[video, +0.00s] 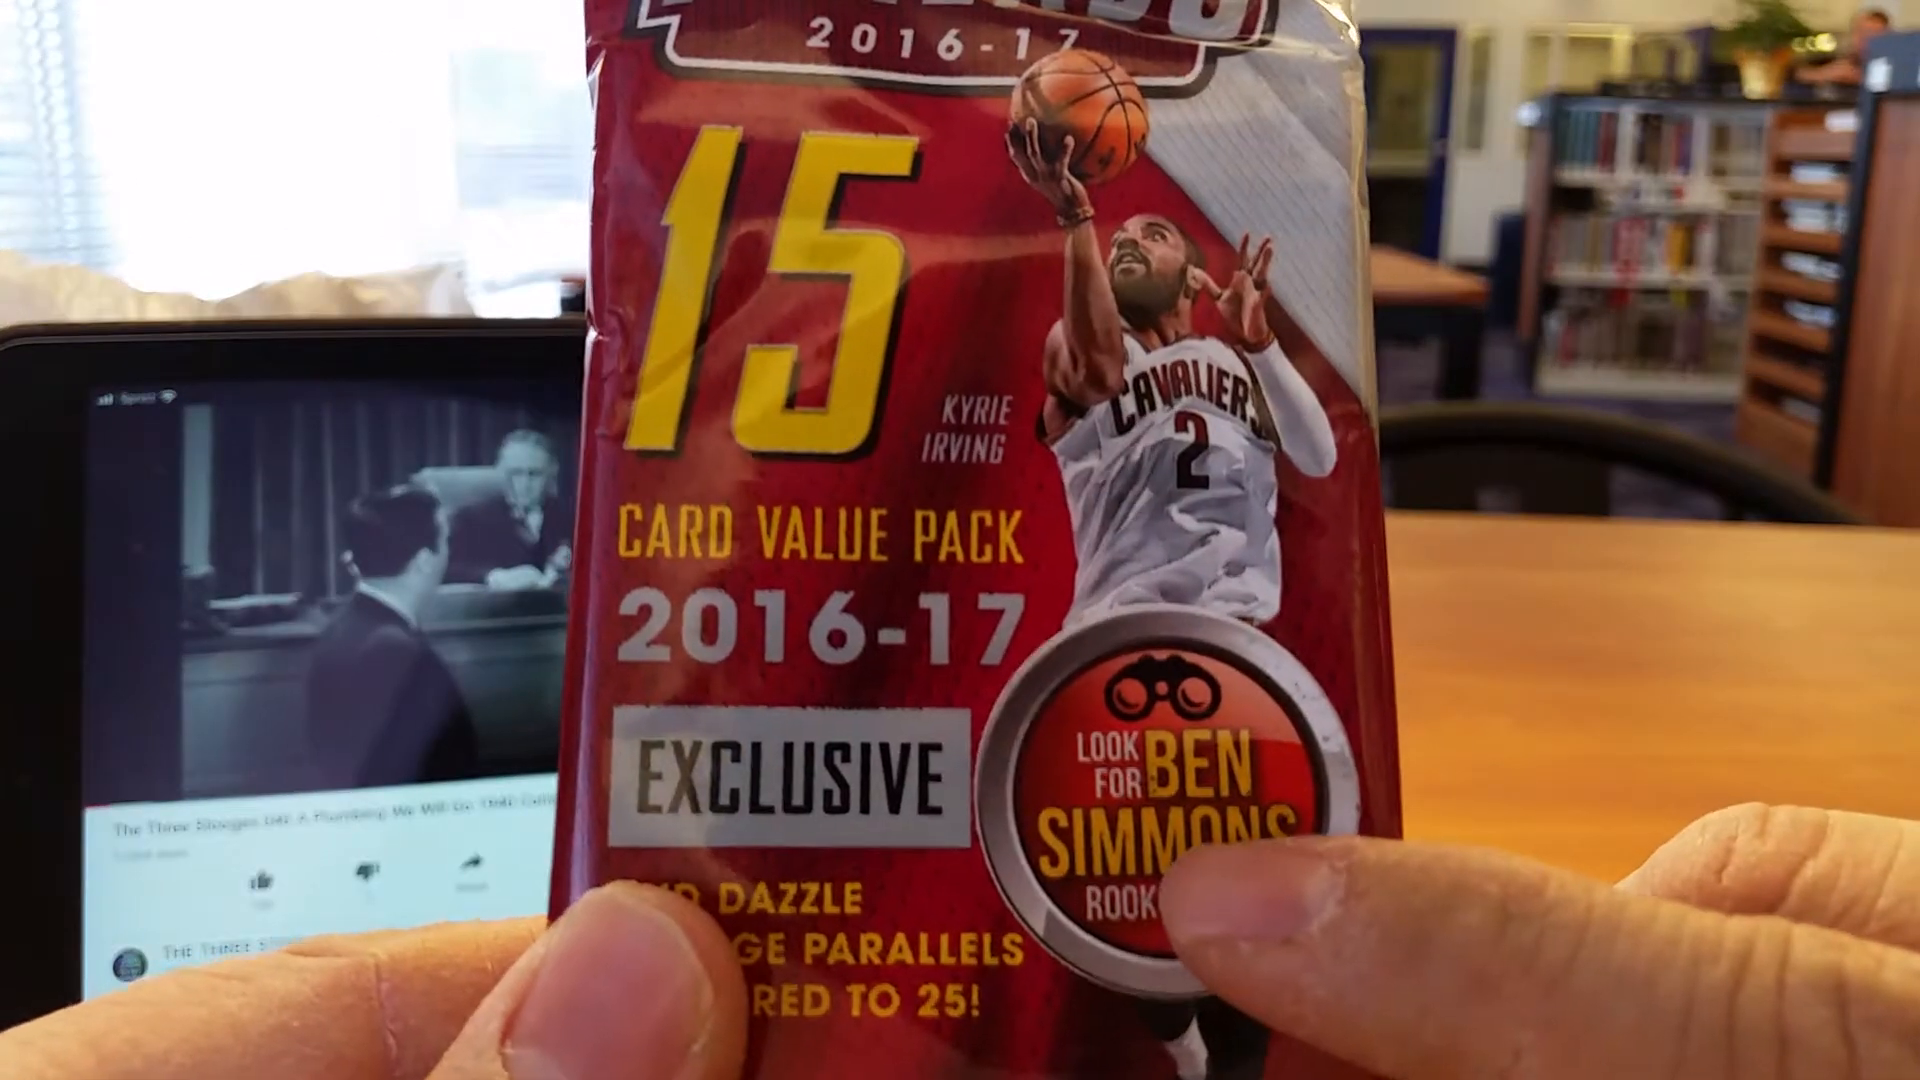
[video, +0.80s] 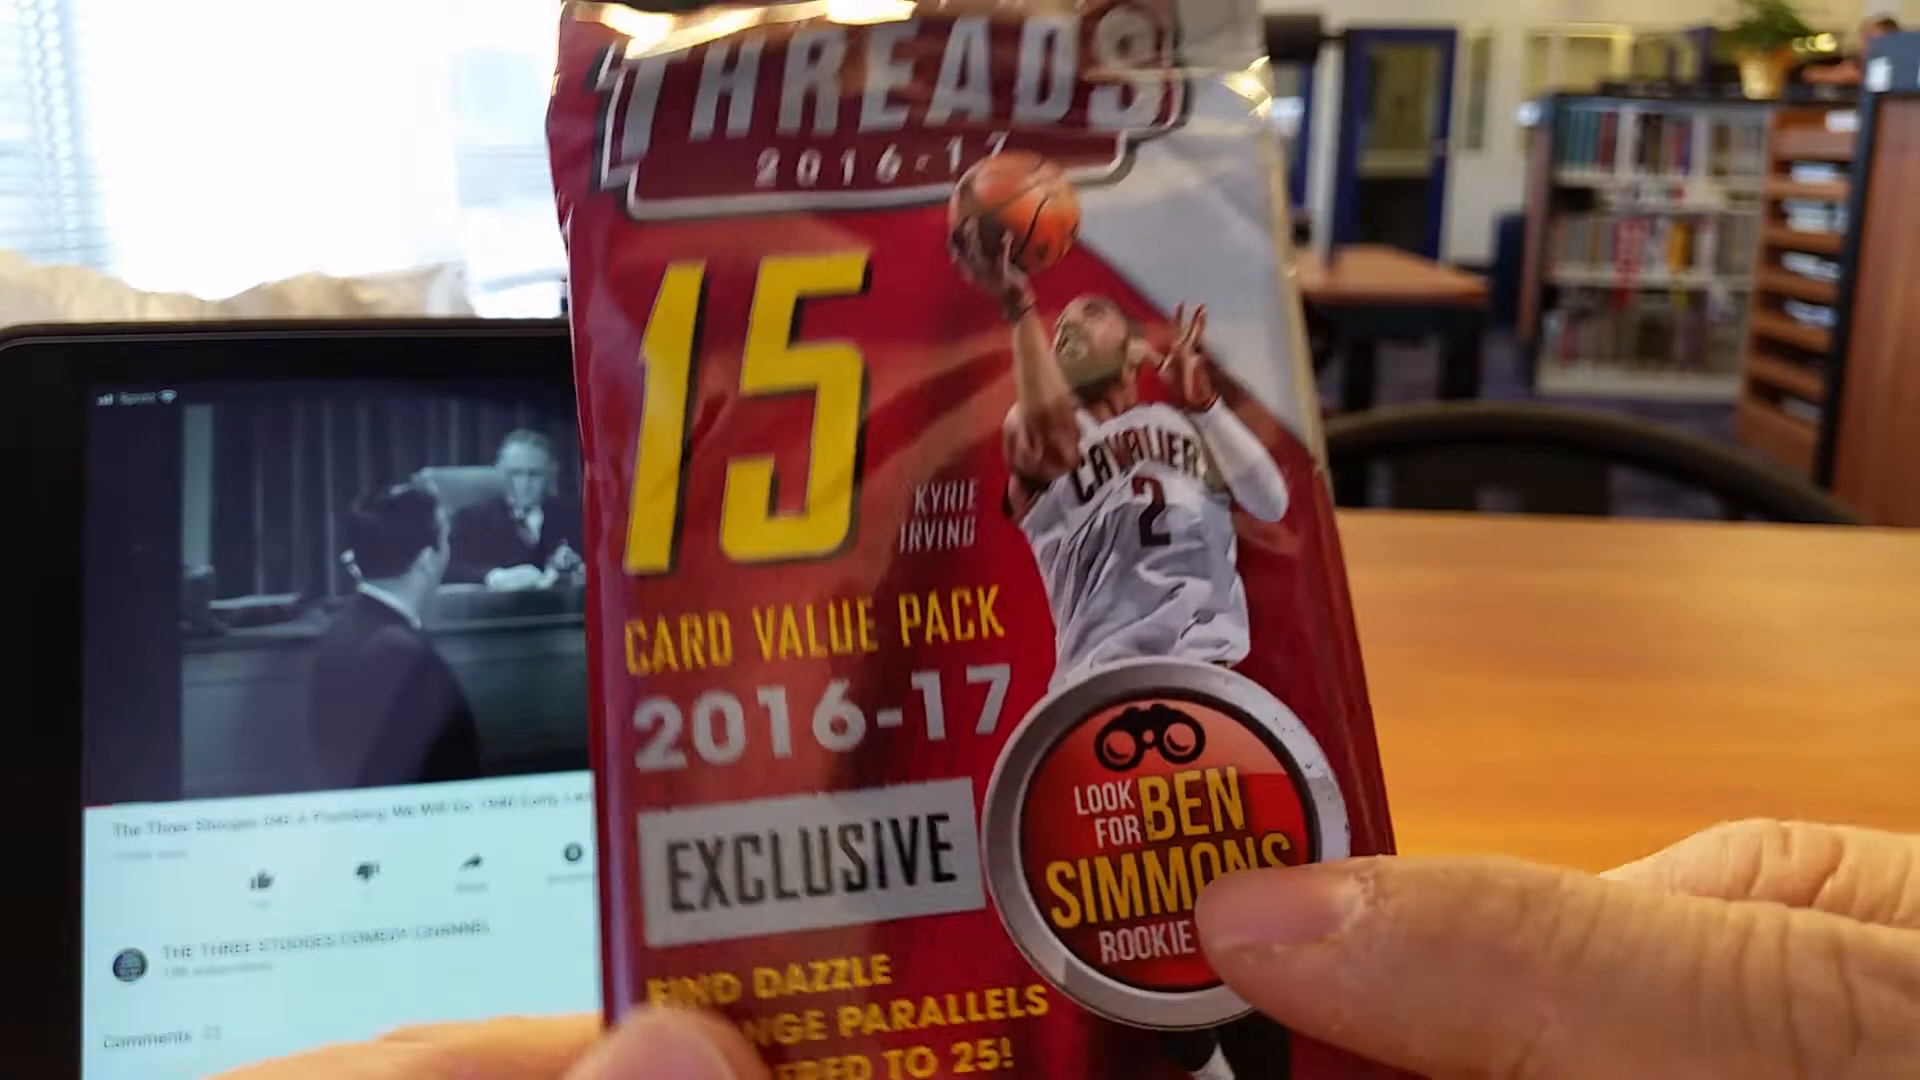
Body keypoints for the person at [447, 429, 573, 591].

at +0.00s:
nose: (524, 483)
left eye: (533, 473)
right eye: (516, 473)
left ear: (551, 473)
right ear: (500, 473)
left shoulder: (568, 518)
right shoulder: (471, 521)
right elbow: (452, 573)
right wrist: (492, 577)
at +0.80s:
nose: (524, 484)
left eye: (534, 474)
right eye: (515, 473)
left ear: (551, 473)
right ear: (499, 472)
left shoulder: (571, 519)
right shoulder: (473, 521)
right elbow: (450, 571)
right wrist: (491, 576)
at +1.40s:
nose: (523, 484)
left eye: (533, 474)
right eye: (514, 474)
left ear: (551, 475)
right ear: (500, 475)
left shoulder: (576, 518)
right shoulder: (474, 523)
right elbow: (450, 570)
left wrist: (593, 573)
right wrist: (491, 576)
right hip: (499, 638)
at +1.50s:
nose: (524, 484)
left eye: (534, 475)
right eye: (516, 474)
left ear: (552, 476)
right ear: (503, 474)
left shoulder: (577, 518)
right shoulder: (476, 521)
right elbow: (451, 569)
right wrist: (493, 577)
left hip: (570, 628)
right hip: (501, 633)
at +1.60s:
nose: (528, 484)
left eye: (538, 474)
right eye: (519, 474)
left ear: (556, 473)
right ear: (506, 472)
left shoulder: (579, 515)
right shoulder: (479, 519)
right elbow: (453, 570)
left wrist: (587, 570)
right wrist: (498, 576)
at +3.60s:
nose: (533, 485)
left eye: (543, 475)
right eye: (524, 474)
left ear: (560, 473)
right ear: (511, 470)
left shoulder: (585, 515)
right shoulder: (484, 519)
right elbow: (454, 569)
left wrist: (597, 569)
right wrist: (504, 576)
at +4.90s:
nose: (533, 484)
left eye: (543, 474)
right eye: (525, 474)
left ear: (561, 473)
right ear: (513, 472)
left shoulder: (585, 516)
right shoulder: (493, 520)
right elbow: (465, 568)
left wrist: (592, 571)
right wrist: (506, 576)